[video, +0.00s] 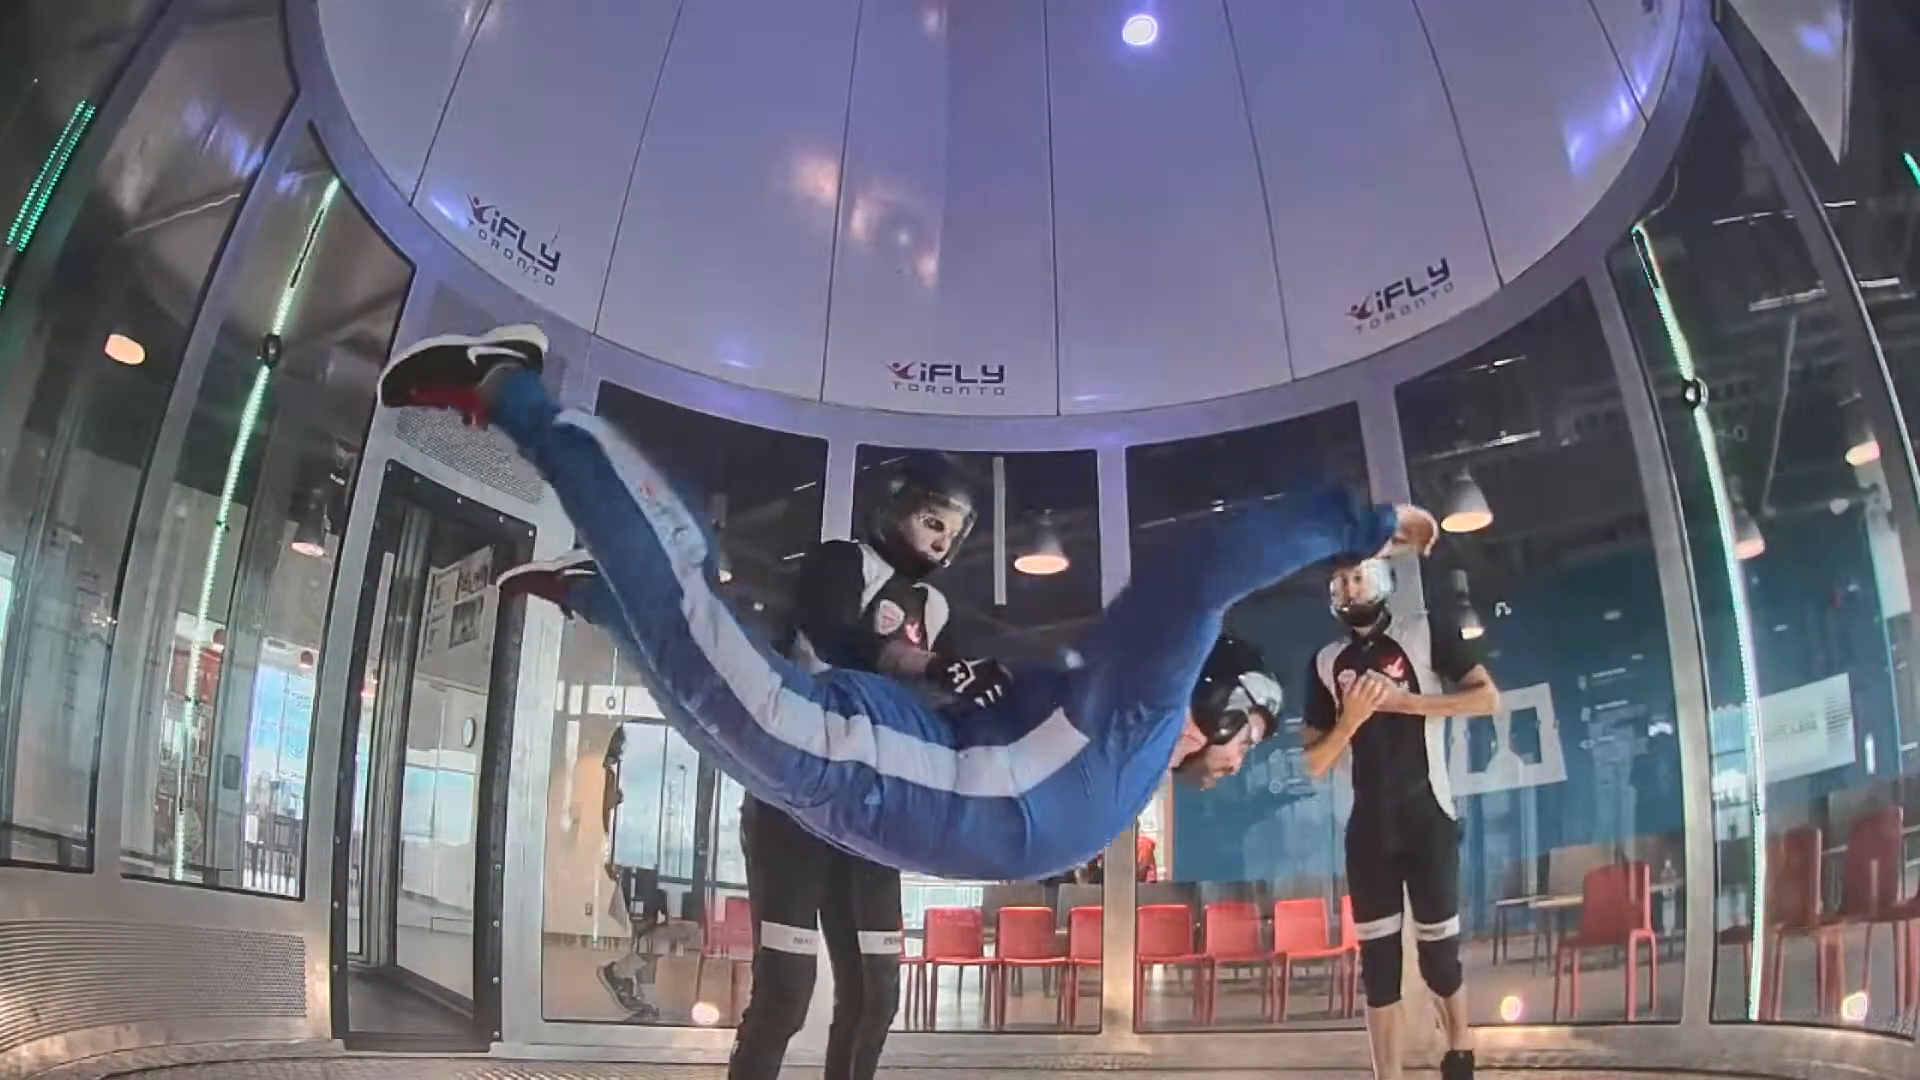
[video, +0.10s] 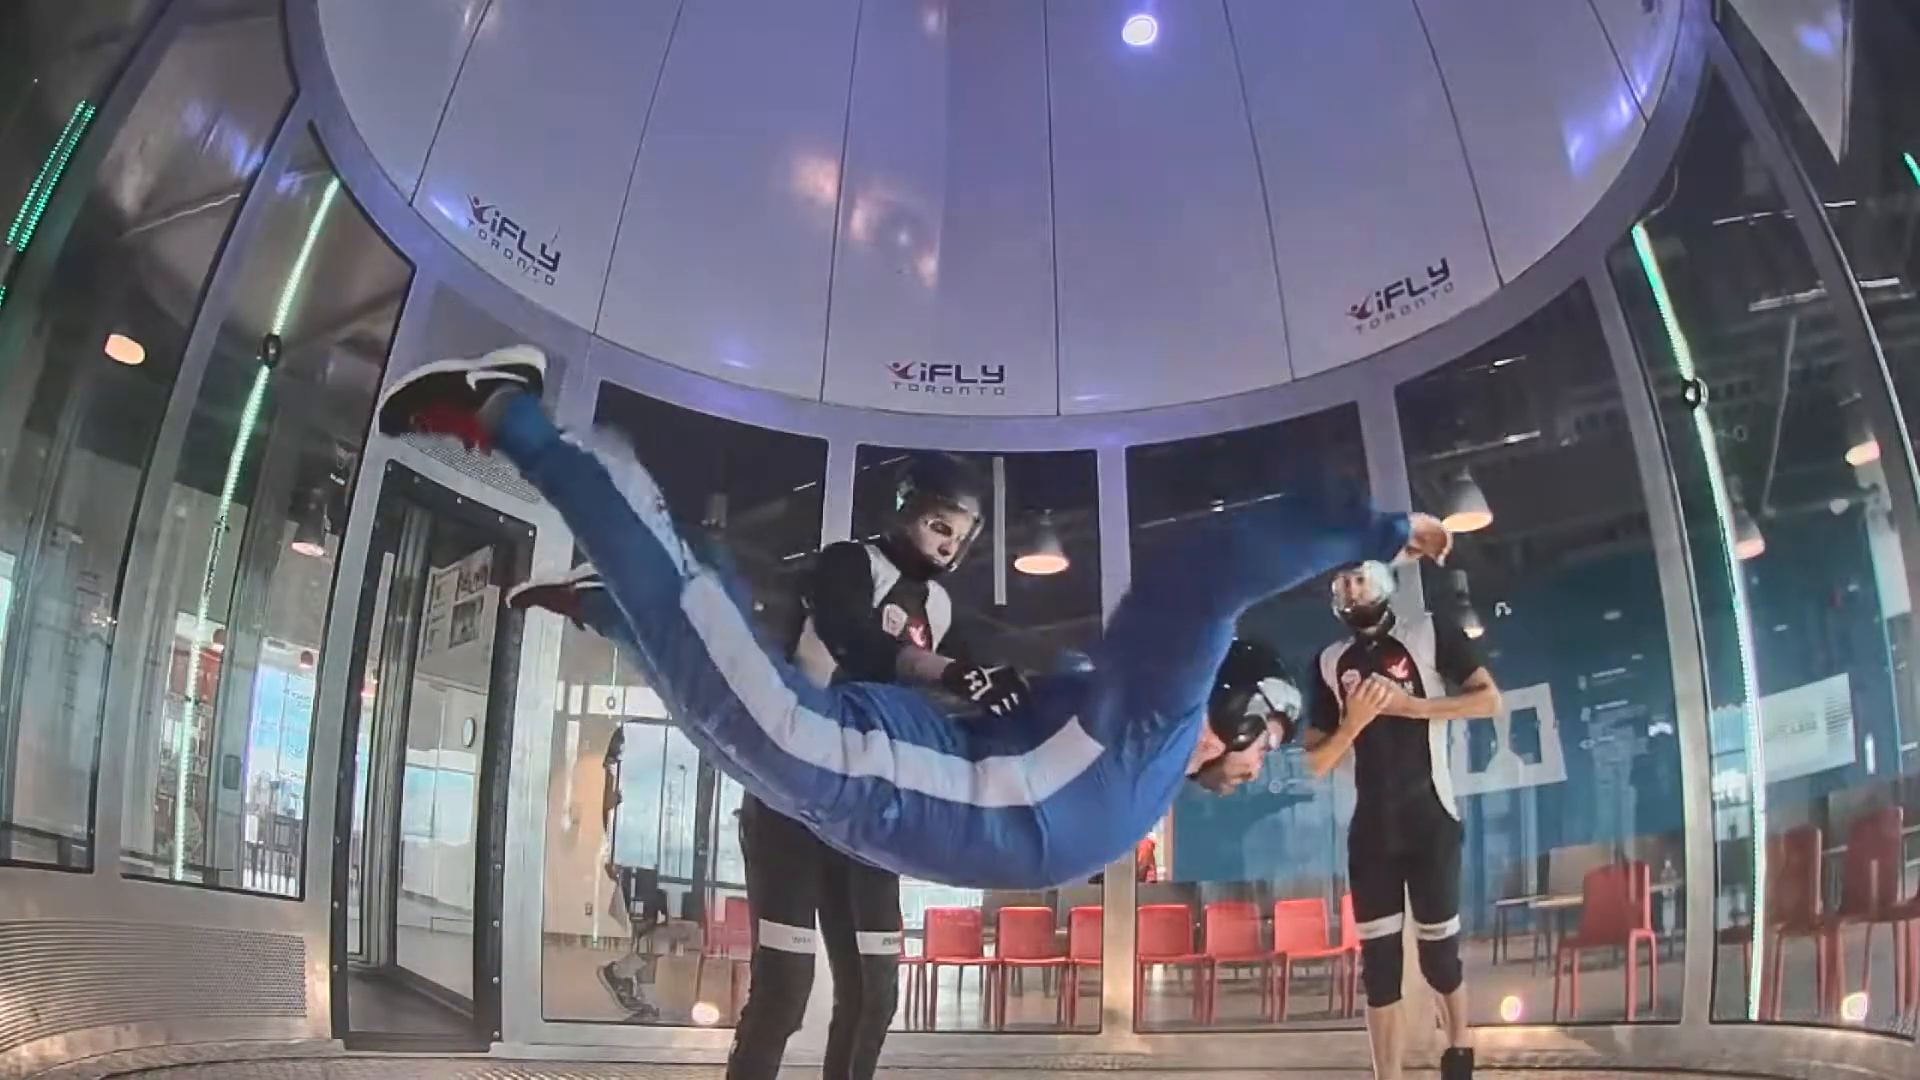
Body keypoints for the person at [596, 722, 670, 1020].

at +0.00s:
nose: (622, 748)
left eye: (622, 742)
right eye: (618, 742)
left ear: (611, 743)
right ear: (607, 742)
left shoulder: (606, 772)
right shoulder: (602, 773)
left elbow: (602, 820)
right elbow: (598, 818)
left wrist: (607, 859)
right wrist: (606, 858)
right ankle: (619, 971)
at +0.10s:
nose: (620, 749)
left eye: (620, 743)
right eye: (617, 742)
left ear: (603, 741)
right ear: (603, 741)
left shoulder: (601, 770)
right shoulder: (593, 769)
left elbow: (598, 821)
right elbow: (591, 813)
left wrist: (605, 862)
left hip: (603, 862)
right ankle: (619, 970)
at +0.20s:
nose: (617, 757)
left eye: (618, 751)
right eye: (613, 750)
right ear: (602, 744)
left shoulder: (590, 770)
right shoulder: (589, 770)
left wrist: (603, 864)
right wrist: (603, 807)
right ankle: (619, 971)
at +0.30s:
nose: (614, 756)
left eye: (615, 750)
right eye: (611, 750)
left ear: (593, 742)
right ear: (600, 744)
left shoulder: (587, 772)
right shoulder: (586, 772)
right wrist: (599, 807)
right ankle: (621, 970)